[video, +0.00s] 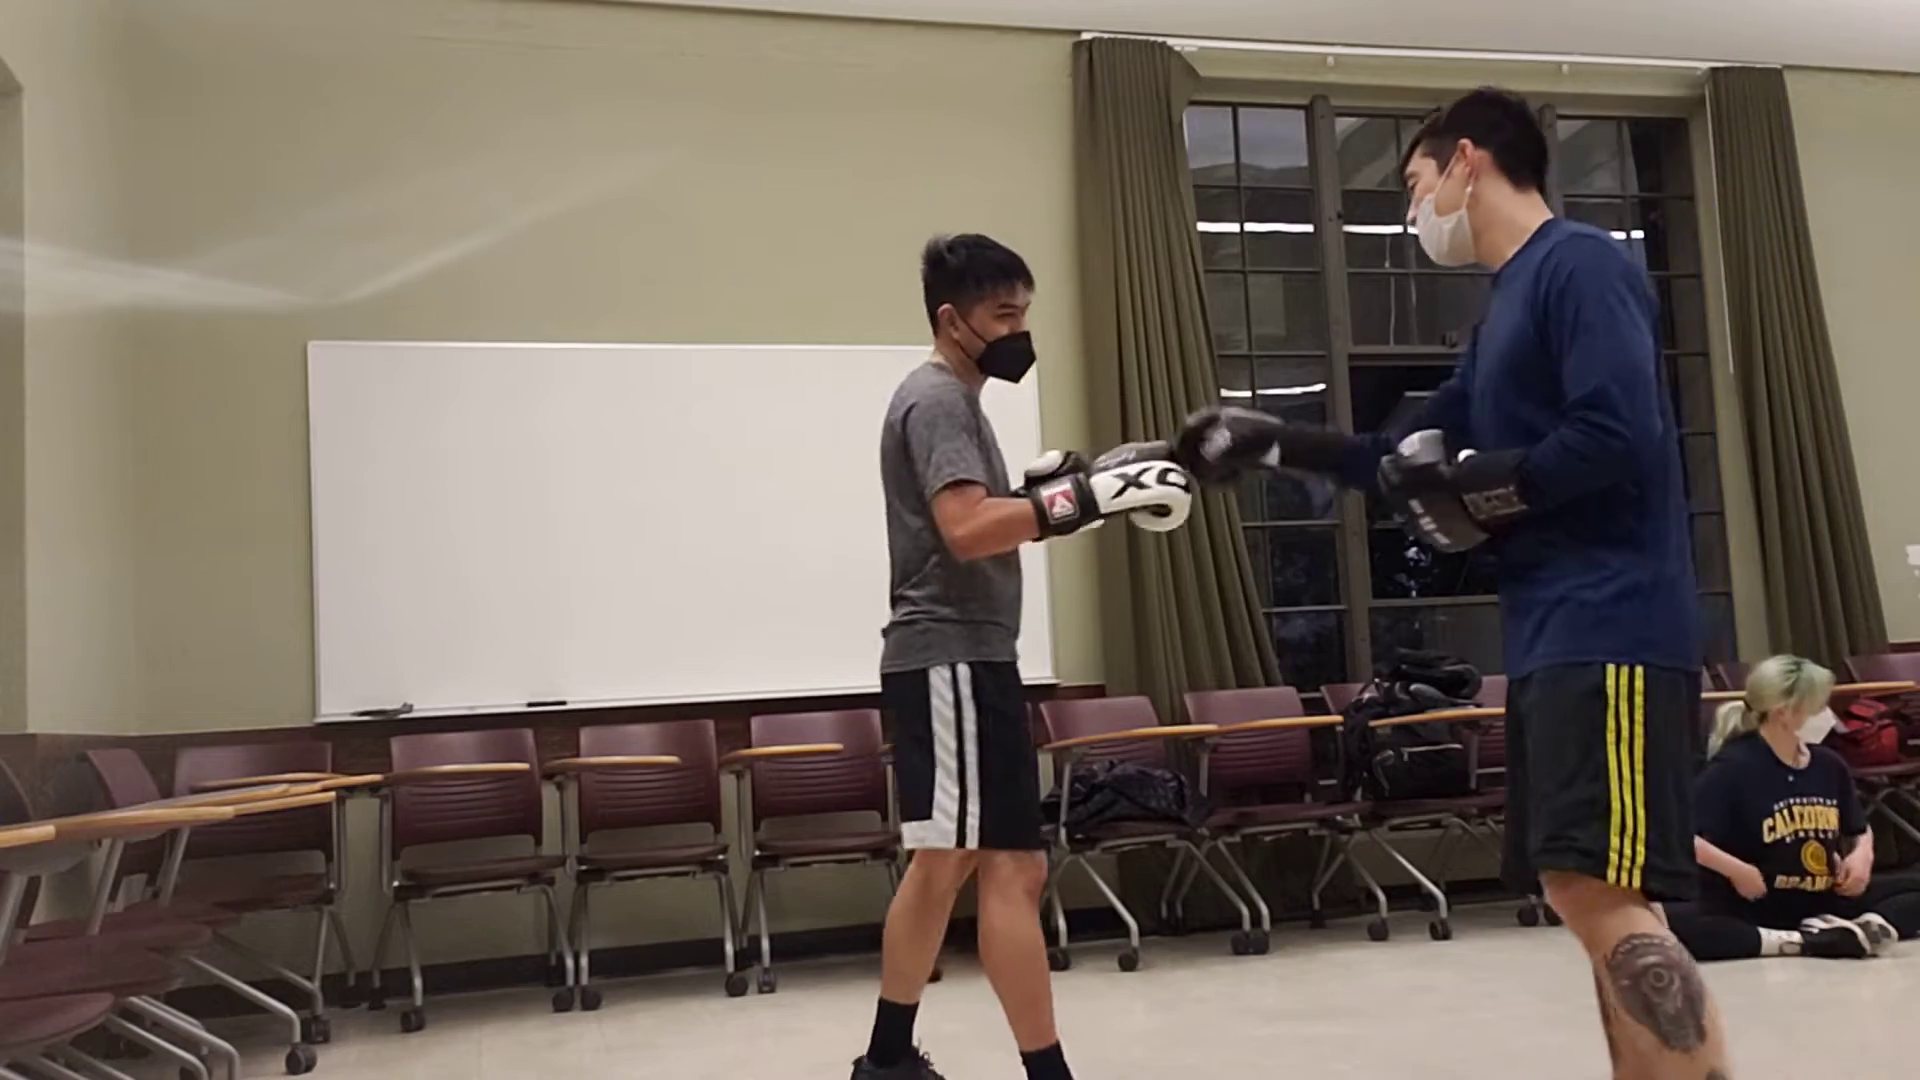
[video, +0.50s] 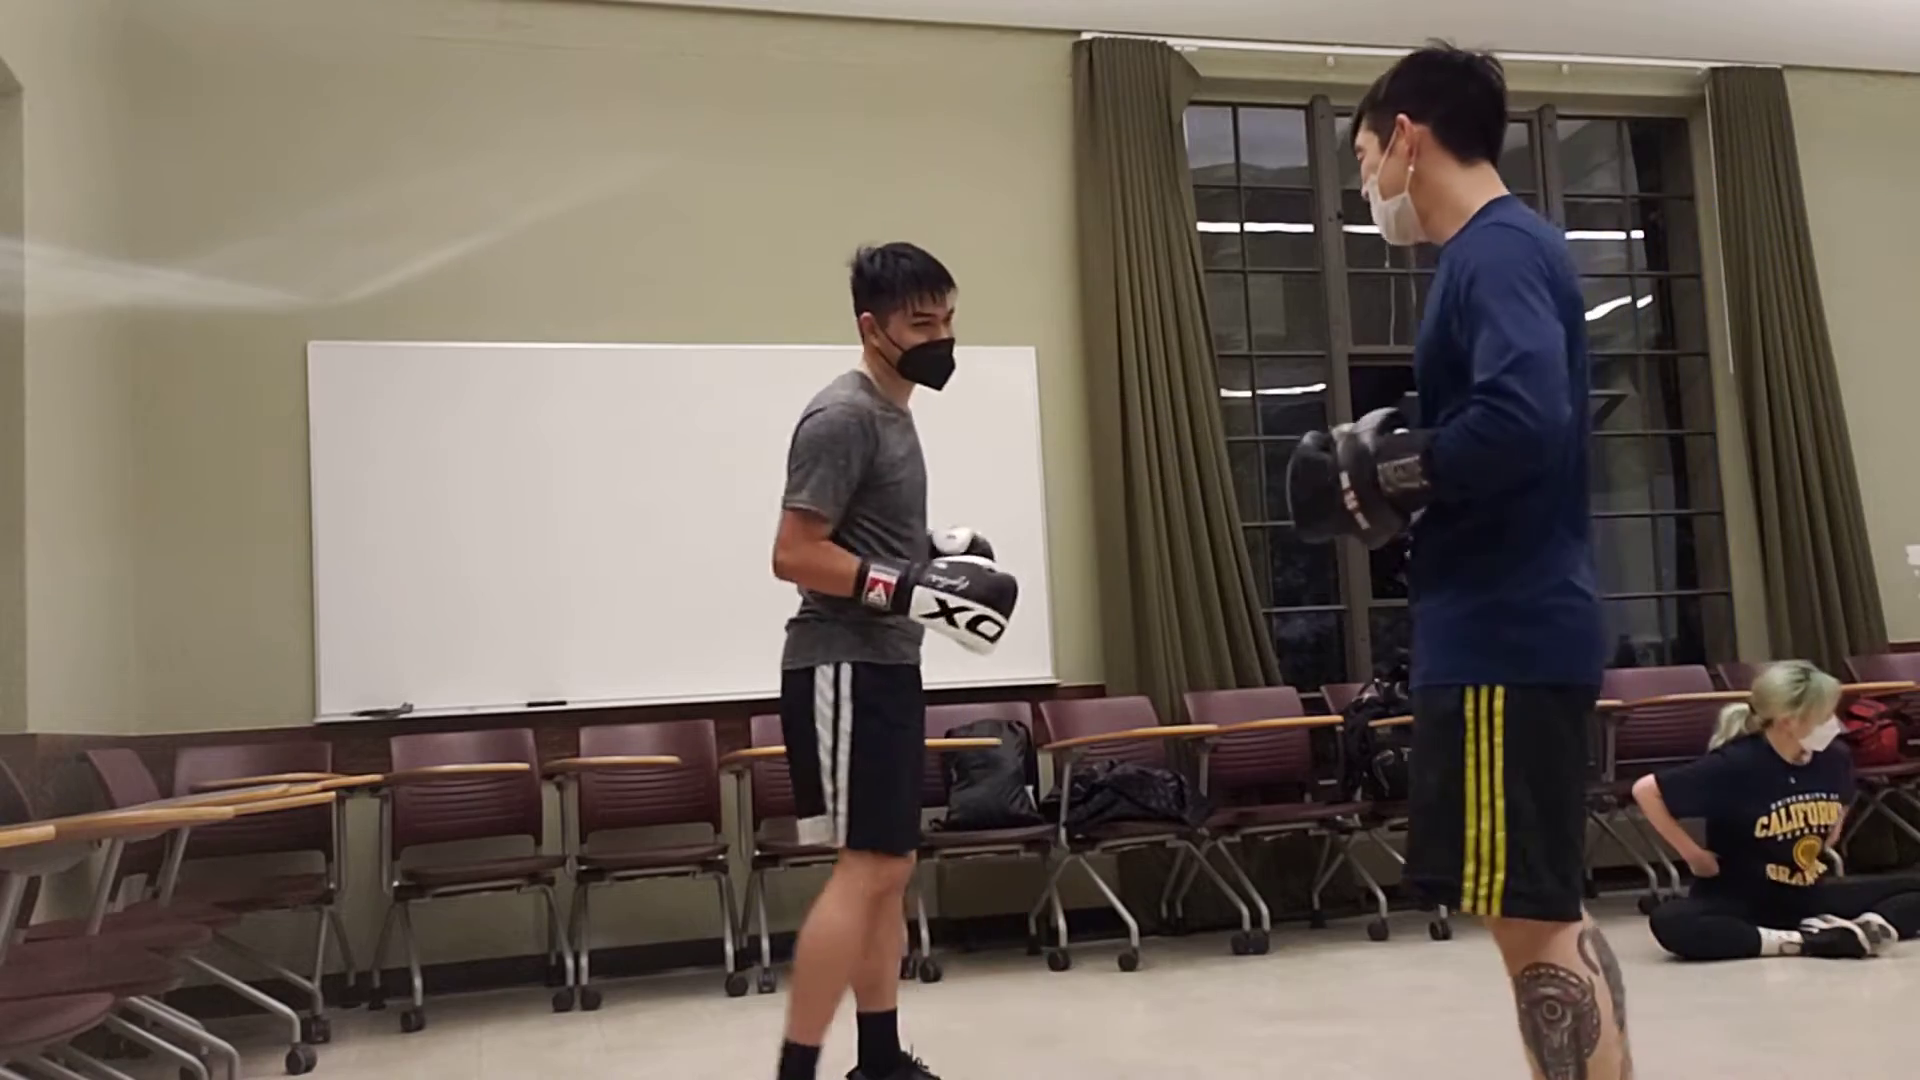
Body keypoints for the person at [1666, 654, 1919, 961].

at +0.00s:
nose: (1820, 714)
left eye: (1818, 706)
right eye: (1812, 706)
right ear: (1781, 712)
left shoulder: (1831, 765)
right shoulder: (1732, 767)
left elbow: (1859, 830)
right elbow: (1683, 834)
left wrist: (1862, 856)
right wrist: (1735, 869)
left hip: (1829, 901)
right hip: (1756, 907)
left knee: (1916, 896)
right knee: (1676, 925)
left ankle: (1860, 930)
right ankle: (1790, 942)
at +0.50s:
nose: (1835, 726)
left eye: (1833, 716)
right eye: (1825, 719)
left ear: (1793, 722)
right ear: (1789, 723)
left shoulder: (1834, 760)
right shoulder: (1736, 764)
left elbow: (1843, 804)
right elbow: (1645, 790)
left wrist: (1822, 845)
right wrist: (1692, 854)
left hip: (1809, 895)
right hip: (1738, 901)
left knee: (1917, 891)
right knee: (1669, 921)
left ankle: (1854, 931)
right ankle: (1795, 943)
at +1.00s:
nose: (1835, 725)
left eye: (1834, 716)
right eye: (1826, 718)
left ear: (1797, 721)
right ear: (1793, 722)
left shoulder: (1837, 760)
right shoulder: (1738, 764)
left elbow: (1870, 794)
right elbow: (1647, 794)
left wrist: (1859, 848)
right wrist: (1684, 864)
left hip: (1813, 897)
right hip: (1740, 902)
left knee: (1917, 888)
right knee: (1673, 923)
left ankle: (1853, 931)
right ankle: (1797, 943)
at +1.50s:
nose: (1833, 727)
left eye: (1832, 717)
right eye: (1825, 719)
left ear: (1799, 722)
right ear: (1792, 722)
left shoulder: (1829, 757)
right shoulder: (1736, 766)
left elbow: (1844, 802)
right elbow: (1650, 802)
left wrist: (1830, 848)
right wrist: (1703, 866)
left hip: (1811, 895)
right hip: (1744, 903)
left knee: (1917, 888)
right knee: (1672, 922)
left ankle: (1854, 932)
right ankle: (1798, 944)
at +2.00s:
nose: (1820, 712)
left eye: (1819, 703)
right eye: (1812, 703)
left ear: (1784, 708)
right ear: (1781, 708)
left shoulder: (1823, 766)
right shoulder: (1735, 769)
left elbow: (1852, 842)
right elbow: (1704, 862)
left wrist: (1856, 878)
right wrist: (1796, 890)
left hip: (1822, 898)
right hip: (1749, 905)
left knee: (1915, 897)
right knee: (1670, 922)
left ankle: (1850, 930)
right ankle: (1792, 945)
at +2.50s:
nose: (1839, 717)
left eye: (1837, 707)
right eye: (1831, 708)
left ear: (1801, 715)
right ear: (1799, 714)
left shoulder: (1832, 772)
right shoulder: (1736, 775)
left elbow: (1848, 853)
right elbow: (1725, 869)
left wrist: (1852, 900)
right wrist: (1805, 915)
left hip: (1821, 898)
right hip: (1746, 902)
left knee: (1915, 897)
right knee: (1670, 923)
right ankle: (1799, 944)